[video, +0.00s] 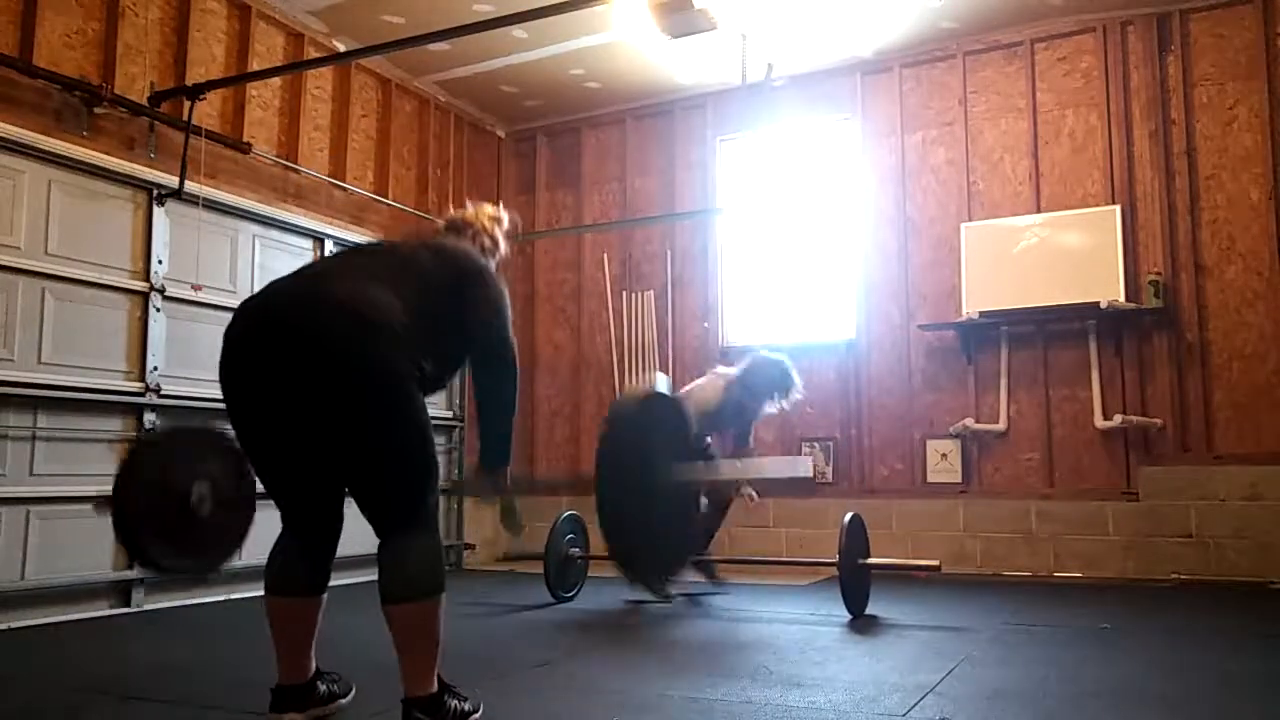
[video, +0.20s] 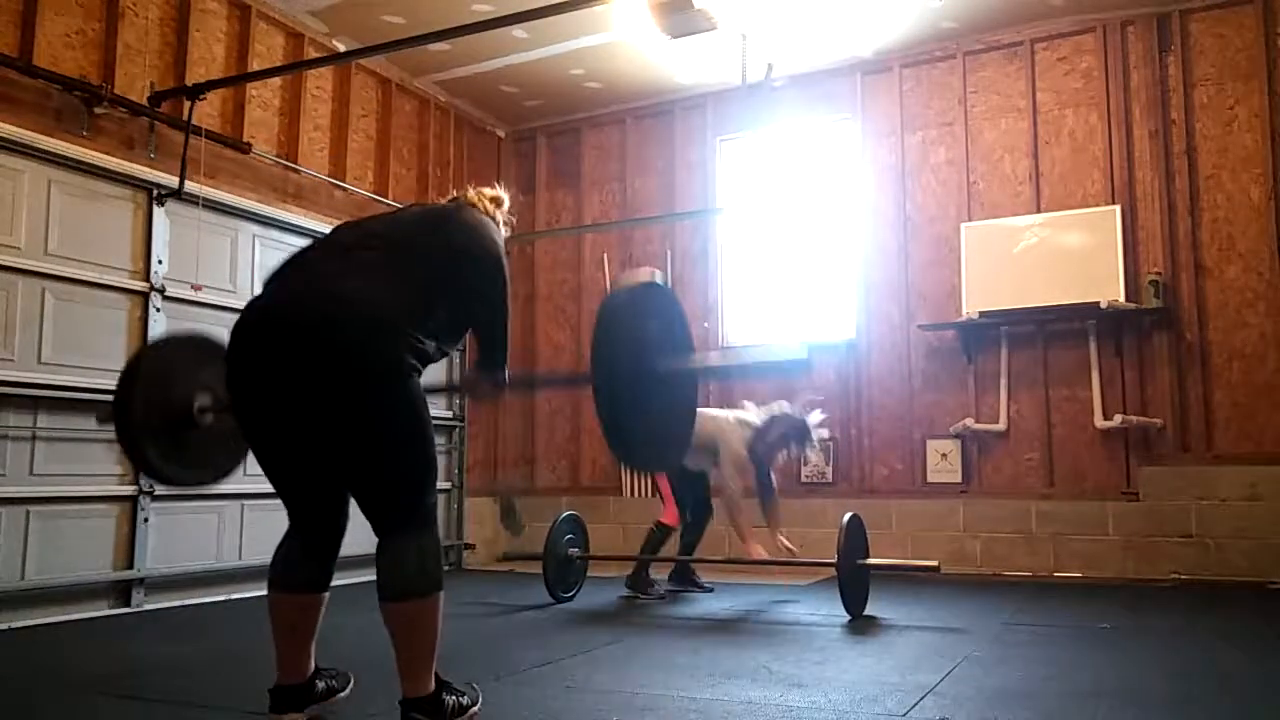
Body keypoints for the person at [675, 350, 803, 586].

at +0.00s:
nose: (769, 400)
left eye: (773, 396)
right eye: (770, 394)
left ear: (766, 391)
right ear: (759, 383)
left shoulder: (750, 402)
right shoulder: (717, 387)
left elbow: (742, 443)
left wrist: (743, 482)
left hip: (699, 437)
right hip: (672, 435)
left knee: (723, 493)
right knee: (684, 499)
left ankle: (699, 551)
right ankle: (656, 567)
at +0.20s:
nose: (780, 452)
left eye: (784, 448)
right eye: (781, 445)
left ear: (779, 437)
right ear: (771, 432)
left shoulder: (758, 440)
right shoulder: (733, 432)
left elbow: (766, 487)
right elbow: (731, 493)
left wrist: (776, 532)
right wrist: (748, 542)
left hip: (692, 455)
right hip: (664, 445)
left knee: (700, 511)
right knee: (675, 512)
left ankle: (681, 570)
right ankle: (638, 575)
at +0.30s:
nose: (781, 488)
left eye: (787, 484)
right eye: (781, 483)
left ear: (788, 469)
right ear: (777, 467)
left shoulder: (774, 459)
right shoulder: (746, 458)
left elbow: (781, 507)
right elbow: (748, 522)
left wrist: (795, 550)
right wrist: (767, 571)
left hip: (699, 445)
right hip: (678, 436)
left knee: (690, 510)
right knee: (668, 508)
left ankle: (662, 558)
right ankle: (624, 560)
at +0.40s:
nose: (803, 512)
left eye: (808, 509)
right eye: (807, 507)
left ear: (806, 492)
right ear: (801, 496)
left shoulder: (787, 486)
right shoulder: (765, 487)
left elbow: (794, 540)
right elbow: (749, 542)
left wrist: (801, 585)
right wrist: (755, 595)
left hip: (701, 474)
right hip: (688, 464)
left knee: (671, 524)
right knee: (651, 526)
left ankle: (620, 541)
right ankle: (594, 541)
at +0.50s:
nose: (827, 542)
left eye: (831, 538)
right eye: (827, 536)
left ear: (822, 517)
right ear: (816, 525)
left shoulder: (803, 513)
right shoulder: (781, 520)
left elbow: (793, 548)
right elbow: (738, 554)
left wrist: (798, 587)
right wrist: (756, 597)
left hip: (714, 496)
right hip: (705, 505)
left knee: (662, 531)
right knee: (651, 538)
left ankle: (614, 544)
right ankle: (602, 549)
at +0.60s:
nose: (826, 559)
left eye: (830, 554)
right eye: (829, 554)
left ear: (823, 538)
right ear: (821, 547)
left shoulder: (803, 536)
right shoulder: (786, 543)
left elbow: (794, 554)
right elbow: (736, 556)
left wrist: (799, 587)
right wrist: (756, 596)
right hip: (694, 545)